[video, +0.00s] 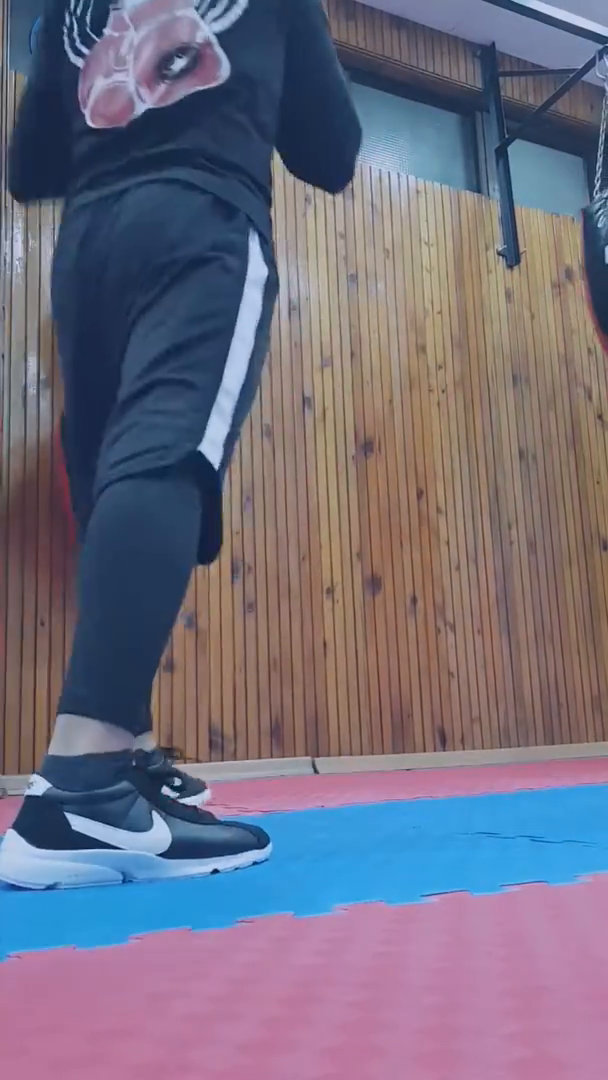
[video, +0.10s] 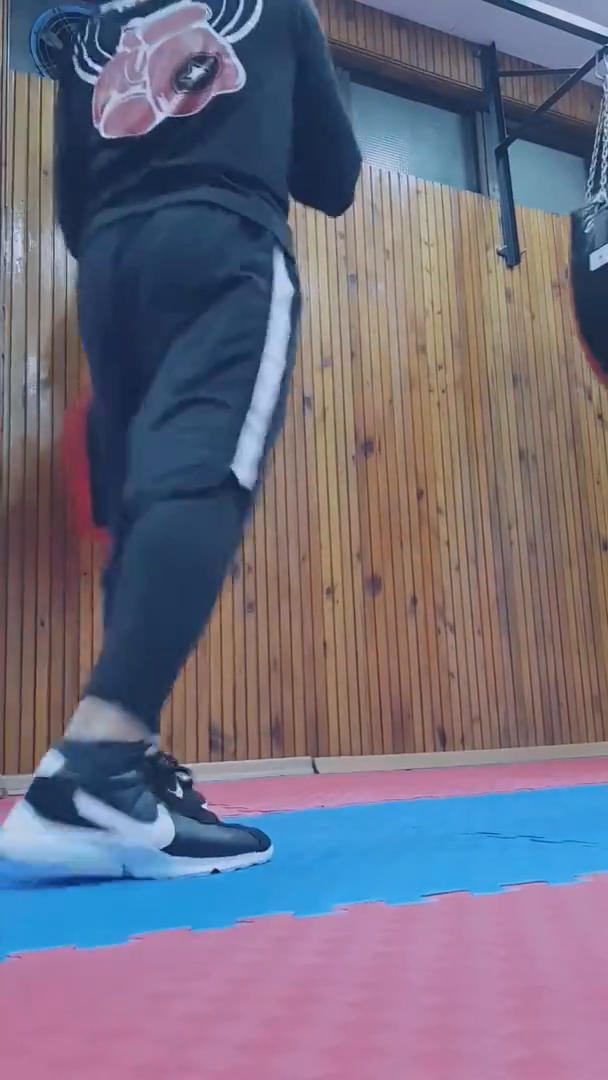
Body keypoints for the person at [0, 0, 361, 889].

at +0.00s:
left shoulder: (75, 10)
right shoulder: (277, 4)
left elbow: (31, 169)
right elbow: (329, 159)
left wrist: (134, 107)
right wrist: (246, 67)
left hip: (84, 225)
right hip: (200, 207)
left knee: (114, 487)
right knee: (159, 468)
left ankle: (130, 764)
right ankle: (78, 782)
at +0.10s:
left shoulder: (90, 31)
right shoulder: (276, 10)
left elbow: (74, 203)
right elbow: (332, 180)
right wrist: (243, 102)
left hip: (110, 252)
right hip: (221, 233)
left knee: (138, 505)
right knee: (200, 485)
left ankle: (139, 767)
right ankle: (91, 763)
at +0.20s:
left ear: (137, 8)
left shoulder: (98, 77)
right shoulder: (274, 28)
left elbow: (106, 211)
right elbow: (327, 187)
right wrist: (238, 170)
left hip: (131, 273)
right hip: (242, 250)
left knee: (166, 530)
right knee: (306, 497)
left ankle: (162, 771)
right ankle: (178, 684)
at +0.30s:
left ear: (154, 25)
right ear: (236, 10)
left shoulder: (110, 100)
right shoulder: (282, 44)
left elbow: (139, 233)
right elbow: (344, 189)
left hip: (162, 283)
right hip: (274, 252)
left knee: (165, 531)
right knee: (379, 478)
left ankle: (140, 767)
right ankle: (296, 646)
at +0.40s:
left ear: (173, 17)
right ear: (247, 1)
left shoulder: (138, 87)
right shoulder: (310, 39)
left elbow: (159, 238)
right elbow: (374, 188)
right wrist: (288, 166)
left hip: (191, 276)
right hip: (307, 249)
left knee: (183, 535)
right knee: (417, 470)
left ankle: (146, 767)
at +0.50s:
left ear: (234, 14)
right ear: (307, 3)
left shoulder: (189, 76)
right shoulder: (352, 34)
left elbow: (172, 238)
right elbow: (403, 198)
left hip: (215, 286)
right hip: (330, 262)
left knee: (202, 530)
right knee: (466, 496)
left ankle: (145, 764)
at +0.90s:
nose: (258, 82)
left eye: (261, 68)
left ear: (279, 60)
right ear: (344, 52)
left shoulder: (268, 103)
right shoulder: (442, 104)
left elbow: (251, 262)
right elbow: (478, 258)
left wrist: (337, 250)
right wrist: (391, 251)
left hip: (321, 334)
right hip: (443, 329)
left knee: (238, 549)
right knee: (543, 546)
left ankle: (144, 764)